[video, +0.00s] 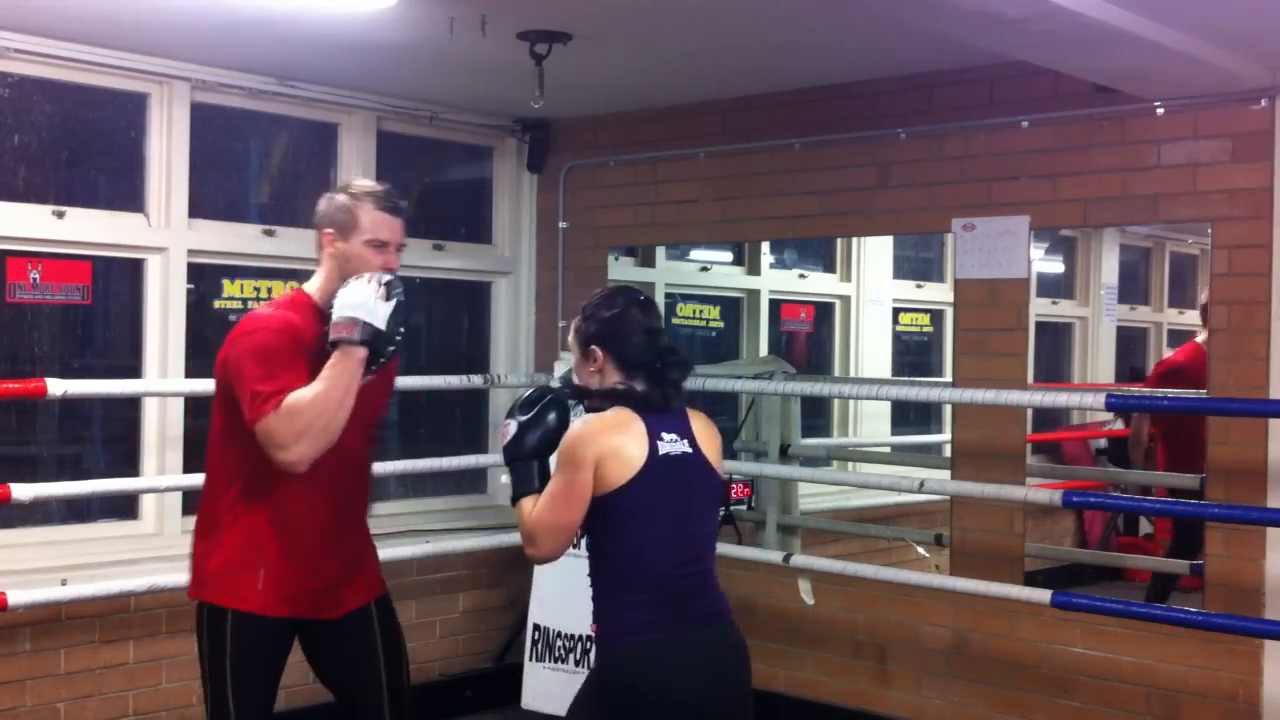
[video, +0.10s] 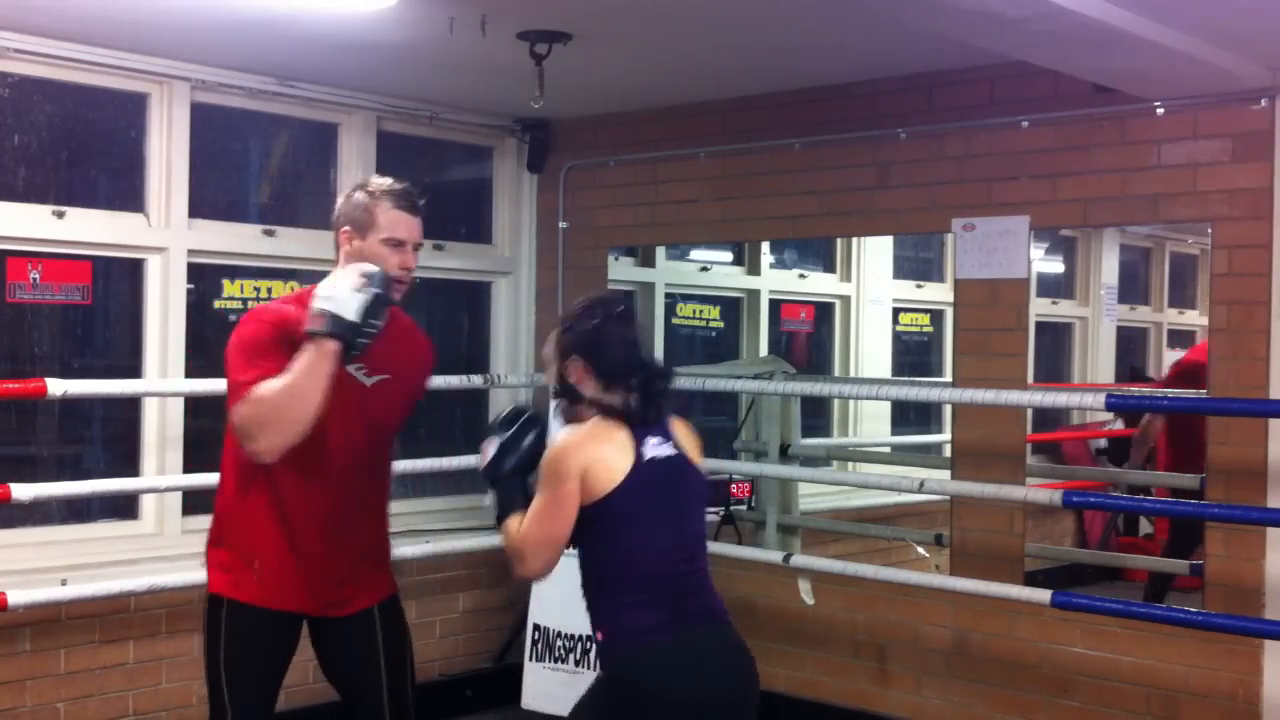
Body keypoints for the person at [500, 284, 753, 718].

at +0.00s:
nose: (573, 368)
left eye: (575, 356)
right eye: (573, 356)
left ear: (598, 359)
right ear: (651, 352)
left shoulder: (592, 436)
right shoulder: (705, 430)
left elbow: (541, 544)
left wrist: (522, 461)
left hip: (636, 669)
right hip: (718, 660)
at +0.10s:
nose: (555, 385)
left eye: (556, 373)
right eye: (552, 374)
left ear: (578, 373)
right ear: (632, 362)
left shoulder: (574, 448)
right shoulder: (682, 433)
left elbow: (529, 560)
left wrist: (508, 484)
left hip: (644, 680)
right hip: (724, 667)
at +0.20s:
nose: (513, 459)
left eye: (513, 444)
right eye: (513, 444)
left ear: (533, 442)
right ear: (580, 432)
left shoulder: (549, 506)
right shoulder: (626, 481)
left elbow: (509, 634)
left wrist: (484, 550)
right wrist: (498, 469)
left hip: (648, 701)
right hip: (721, 691)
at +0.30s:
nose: (478, 545)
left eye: (480, 532)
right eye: (478, 531)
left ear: (505, 540)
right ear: (554, 518)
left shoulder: (536, 596)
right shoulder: (622, 560)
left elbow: (514, 710)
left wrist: (468, 646)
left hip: (644, 711)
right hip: (713, 707)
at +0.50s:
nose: (506, 542)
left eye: (506, 529)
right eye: (504, 530)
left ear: (532, 530)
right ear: (579, 516)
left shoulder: (548, 585)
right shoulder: (648, 556)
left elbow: (529, 705)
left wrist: (491, 635)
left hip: (645, 712)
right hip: (728, 710)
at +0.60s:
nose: (525, 475)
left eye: (531, 462)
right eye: (527, 461)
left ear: (559, 471)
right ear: (608, 463)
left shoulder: (560, 533)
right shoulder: (664, 510)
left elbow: (532, 646)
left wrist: (503, 570)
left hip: (649, 707)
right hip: (730, 701)